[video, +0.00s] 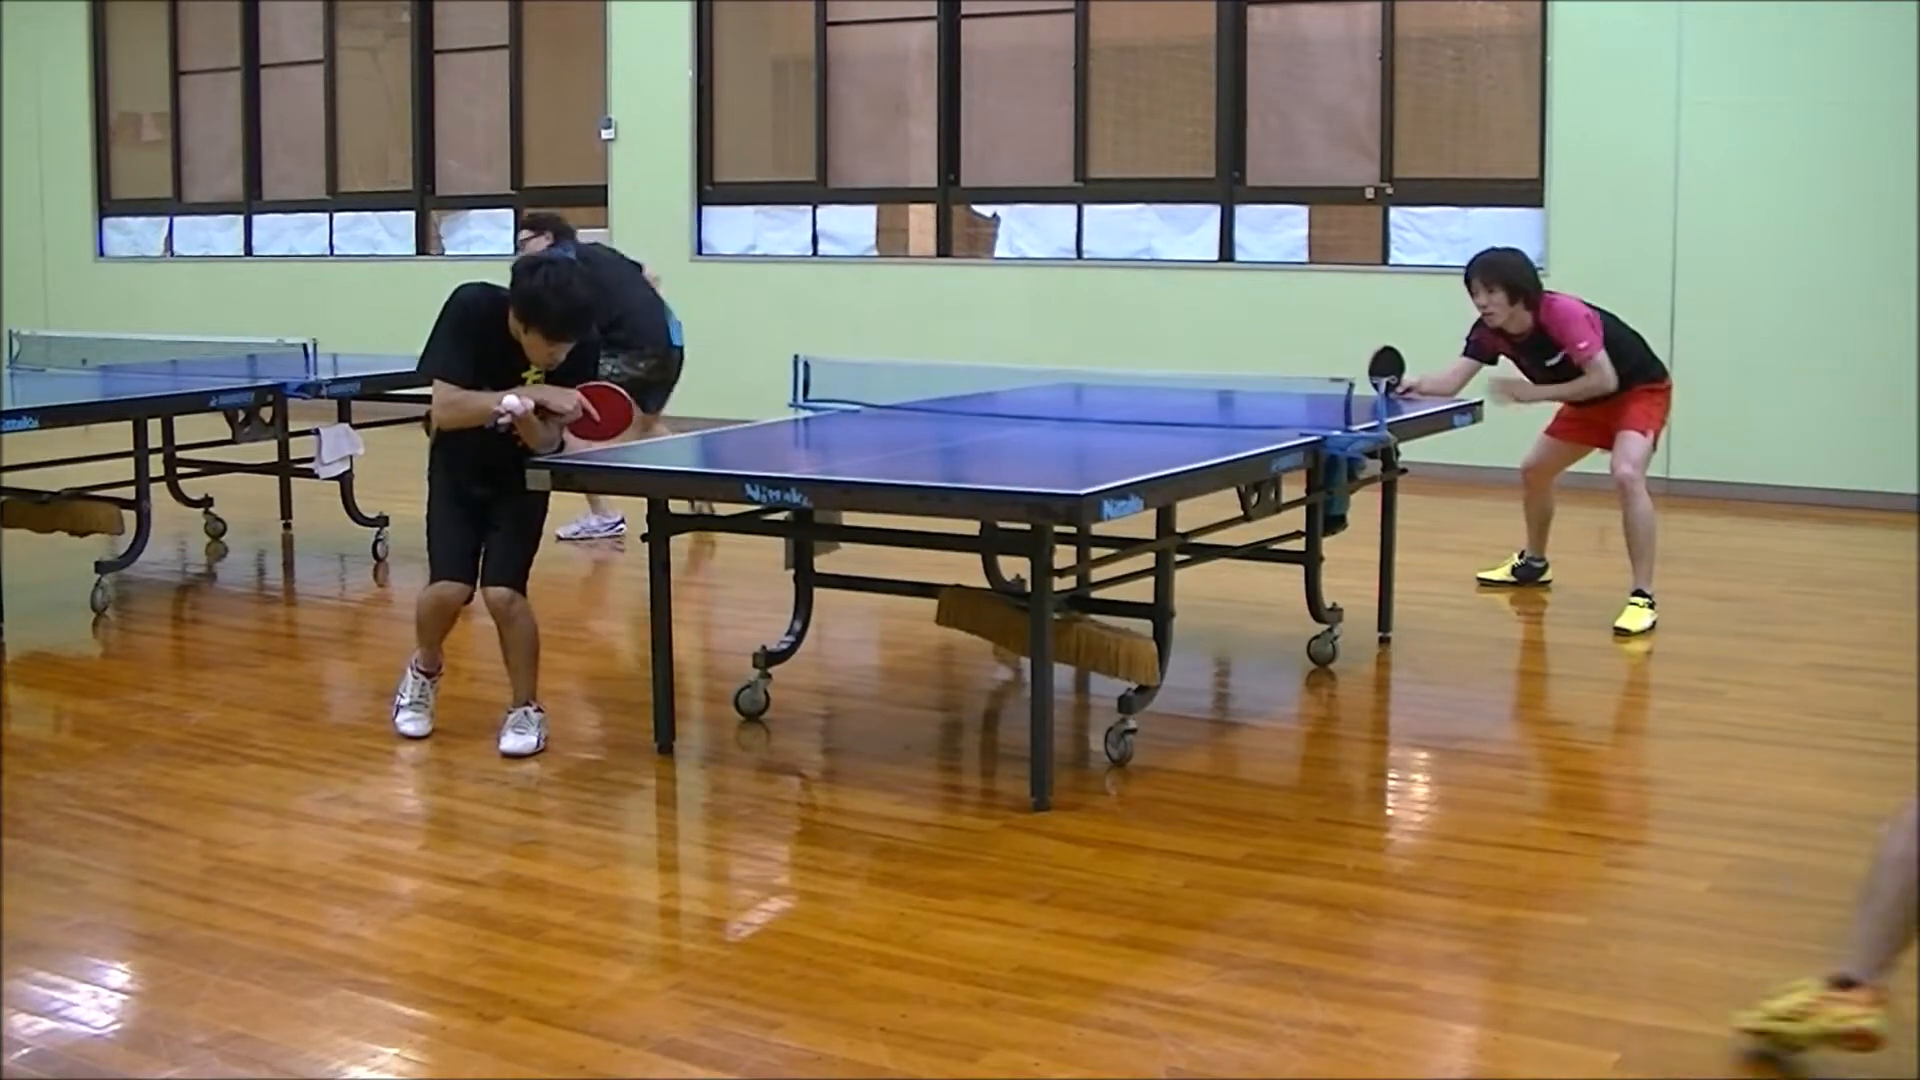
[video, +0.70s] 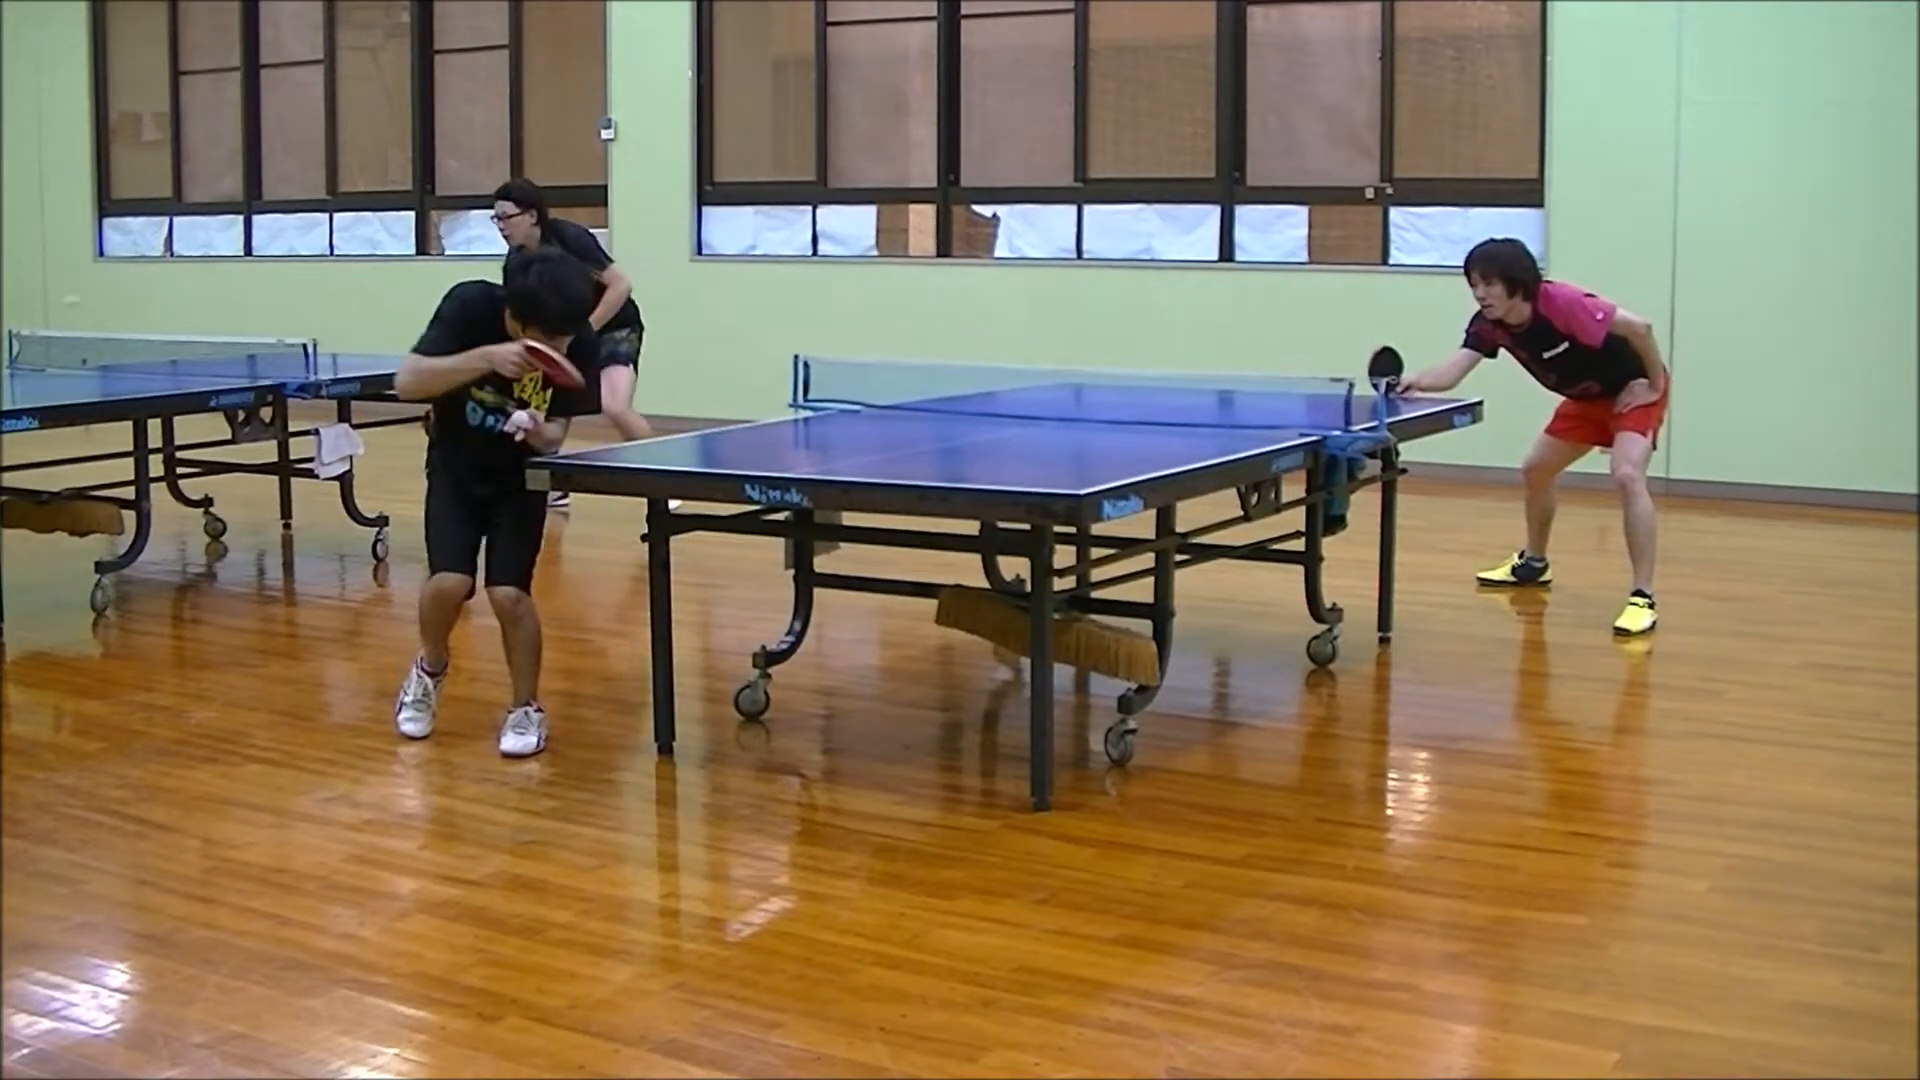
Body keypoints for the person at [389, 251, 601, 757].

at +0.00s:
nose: (555, 357)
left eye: (566, 347)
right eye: (546, 345)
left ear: (580, 330)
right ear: (515, 319)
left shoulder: (581, 342)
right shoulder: (470, 307)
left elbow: (551, 440)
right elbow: (443, 411)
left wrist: (526, 417)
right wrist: (532, 394)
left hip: (523, 467)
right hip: (457, 459)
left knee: (503, 593)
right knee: (451, 590)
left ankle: (525, 709)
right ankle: (424, 670)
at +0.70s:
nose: (545, 349)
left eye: (558, 340)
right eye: (537, 337)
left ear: (575, 324)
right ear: (512, 313)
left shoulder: (579, 344)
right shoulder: (468, 304)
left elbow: (557, 430)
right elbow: (407, 384)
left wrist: (539, 434)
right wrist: (486, 358)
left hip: (522, 470)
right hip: (455, 460)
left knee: (507, 594)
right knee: (450, 585)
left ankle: (525, 709)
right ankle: (429, 670)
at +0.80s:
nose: (555, 348)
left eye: (562, 337)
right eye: (545, 337)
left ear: (573, 324)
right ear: (510, 318)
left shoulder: (574, 344)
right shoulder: (462, 304)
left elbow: (554, 435)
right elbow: (371, 349)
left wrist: (533, 431)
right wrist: (439, 332)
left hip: (520, 473)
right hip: (453, 463)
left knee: (508, 595)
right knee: (438, 578)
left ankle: (525, 708)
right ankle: (427, 659)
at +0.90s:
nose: (548, 345)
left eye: (554, 334)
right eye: (537, 334)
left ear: (563, 319)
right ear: (503, 316)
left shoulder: (565, 345)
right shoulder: (457, 303)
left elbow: (550, 436)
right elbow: (346, 314)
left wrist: (531, 432)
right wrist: (378, 310)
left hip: (513, 475)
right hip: (448, 465)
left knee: (508, 598)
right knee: (418, 580)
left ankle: (525, 709)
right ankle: (406, 653)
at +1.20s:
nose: (483, 316)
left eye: (489, 302)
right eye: (470, 307)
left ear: (496, 287)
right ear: (433, 296)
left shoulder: (510, 330)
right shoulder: (395, 285)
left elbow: (505, 417)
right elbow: (352, 280)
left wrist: (506, 479)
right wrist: (309, 306)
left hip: (475, 480)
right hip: (404, 473)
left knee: (480, 596)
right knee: (363, 611)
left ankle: (524, 708)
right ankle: (333, 692)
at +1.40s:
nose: (421, 277)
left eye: (427, 262)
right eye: (407, 268)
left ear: (435, 248)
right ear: (371, 263)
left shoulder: (452, 288)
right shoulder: (338, 266)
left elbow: (488, 373)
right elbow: (317, 297)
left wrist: (518, 431)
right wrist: (297, 339)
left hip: (437, 450)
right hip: (363, 450)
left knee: (471, 571)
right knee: (341, 590)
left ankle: (496, 691)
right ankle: (335, 694)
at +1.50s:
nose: (417, 261)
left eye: (420, 246)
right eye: (402, 253)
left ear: (426, 230)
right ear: (364, 249)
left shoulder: (442, 261)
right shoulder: (326, 252)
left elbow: (485, 326)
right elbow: (294, 294)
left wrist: (513, 352)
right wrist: (298, 338)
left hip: (424, 429)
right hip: (352, 430)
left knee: (459, 569)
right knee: (339, 580)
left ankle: (451, 668)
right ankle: (333, 693)